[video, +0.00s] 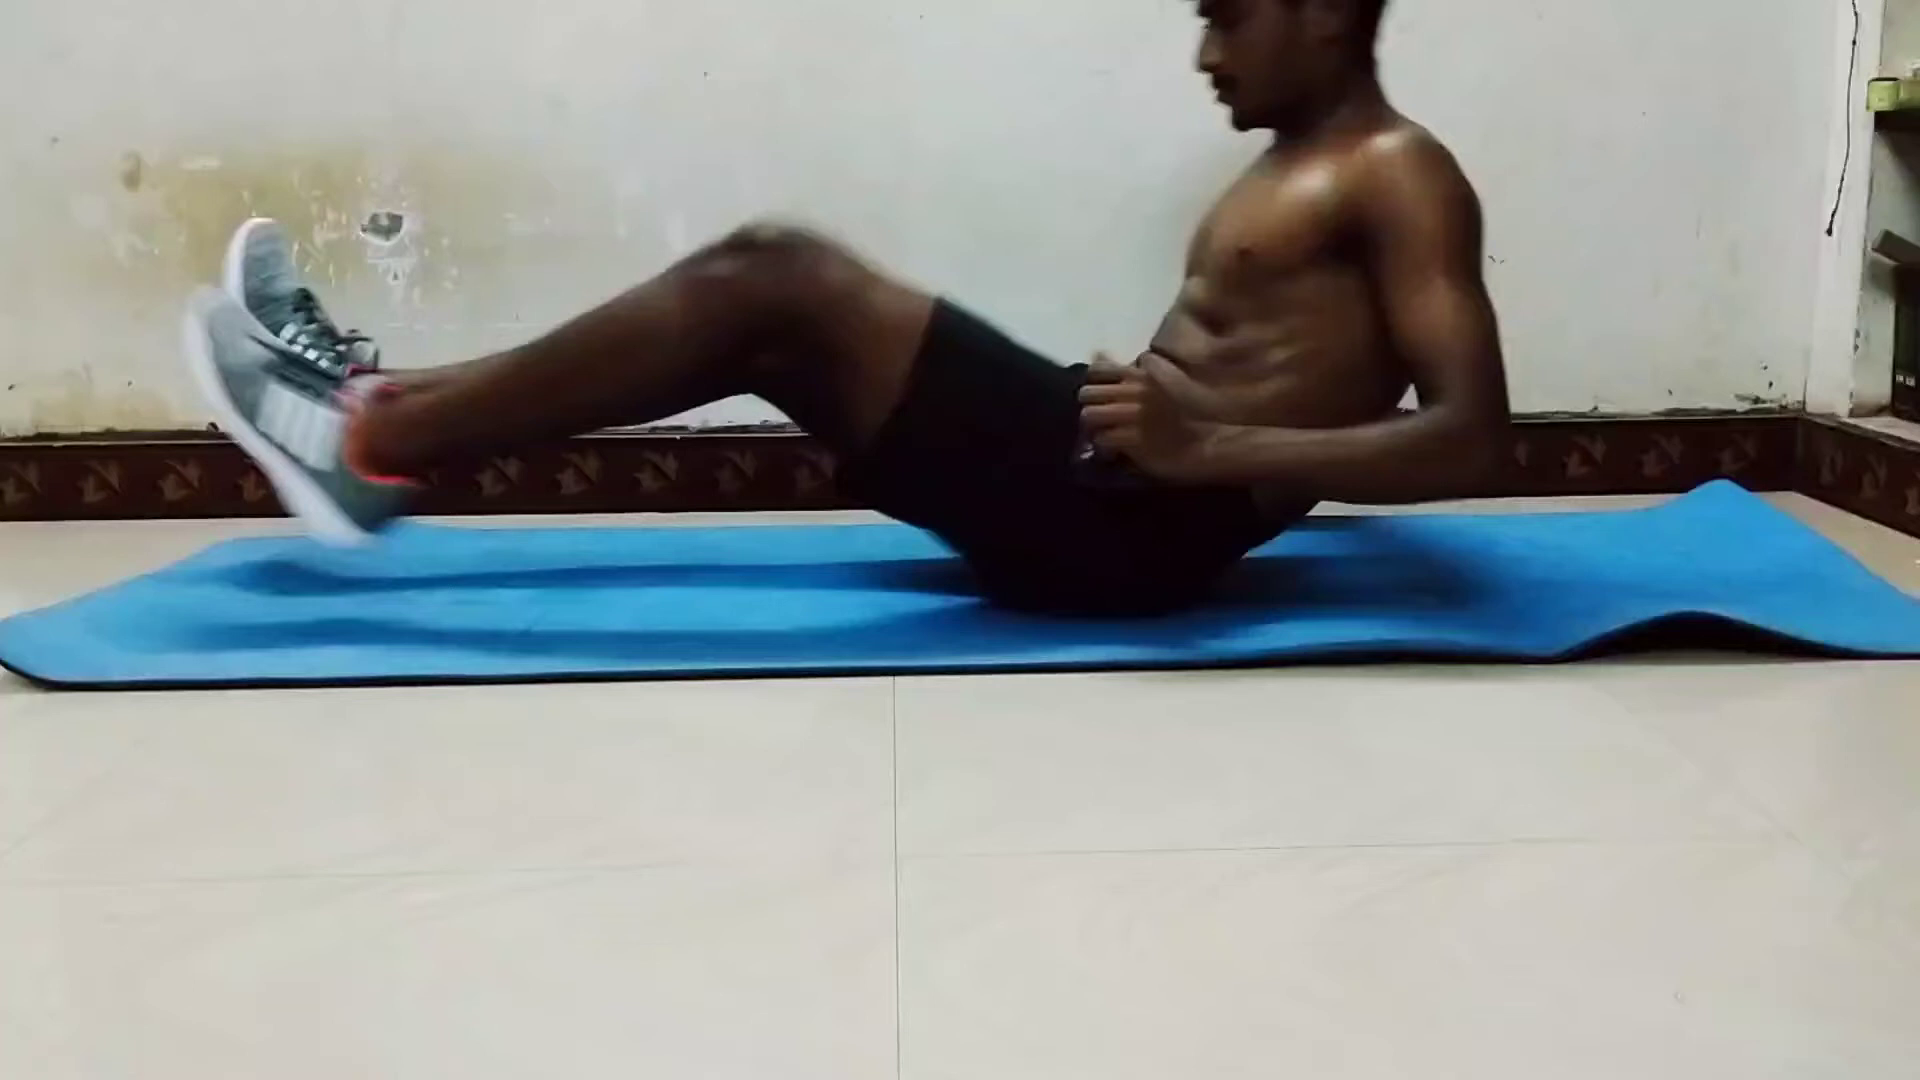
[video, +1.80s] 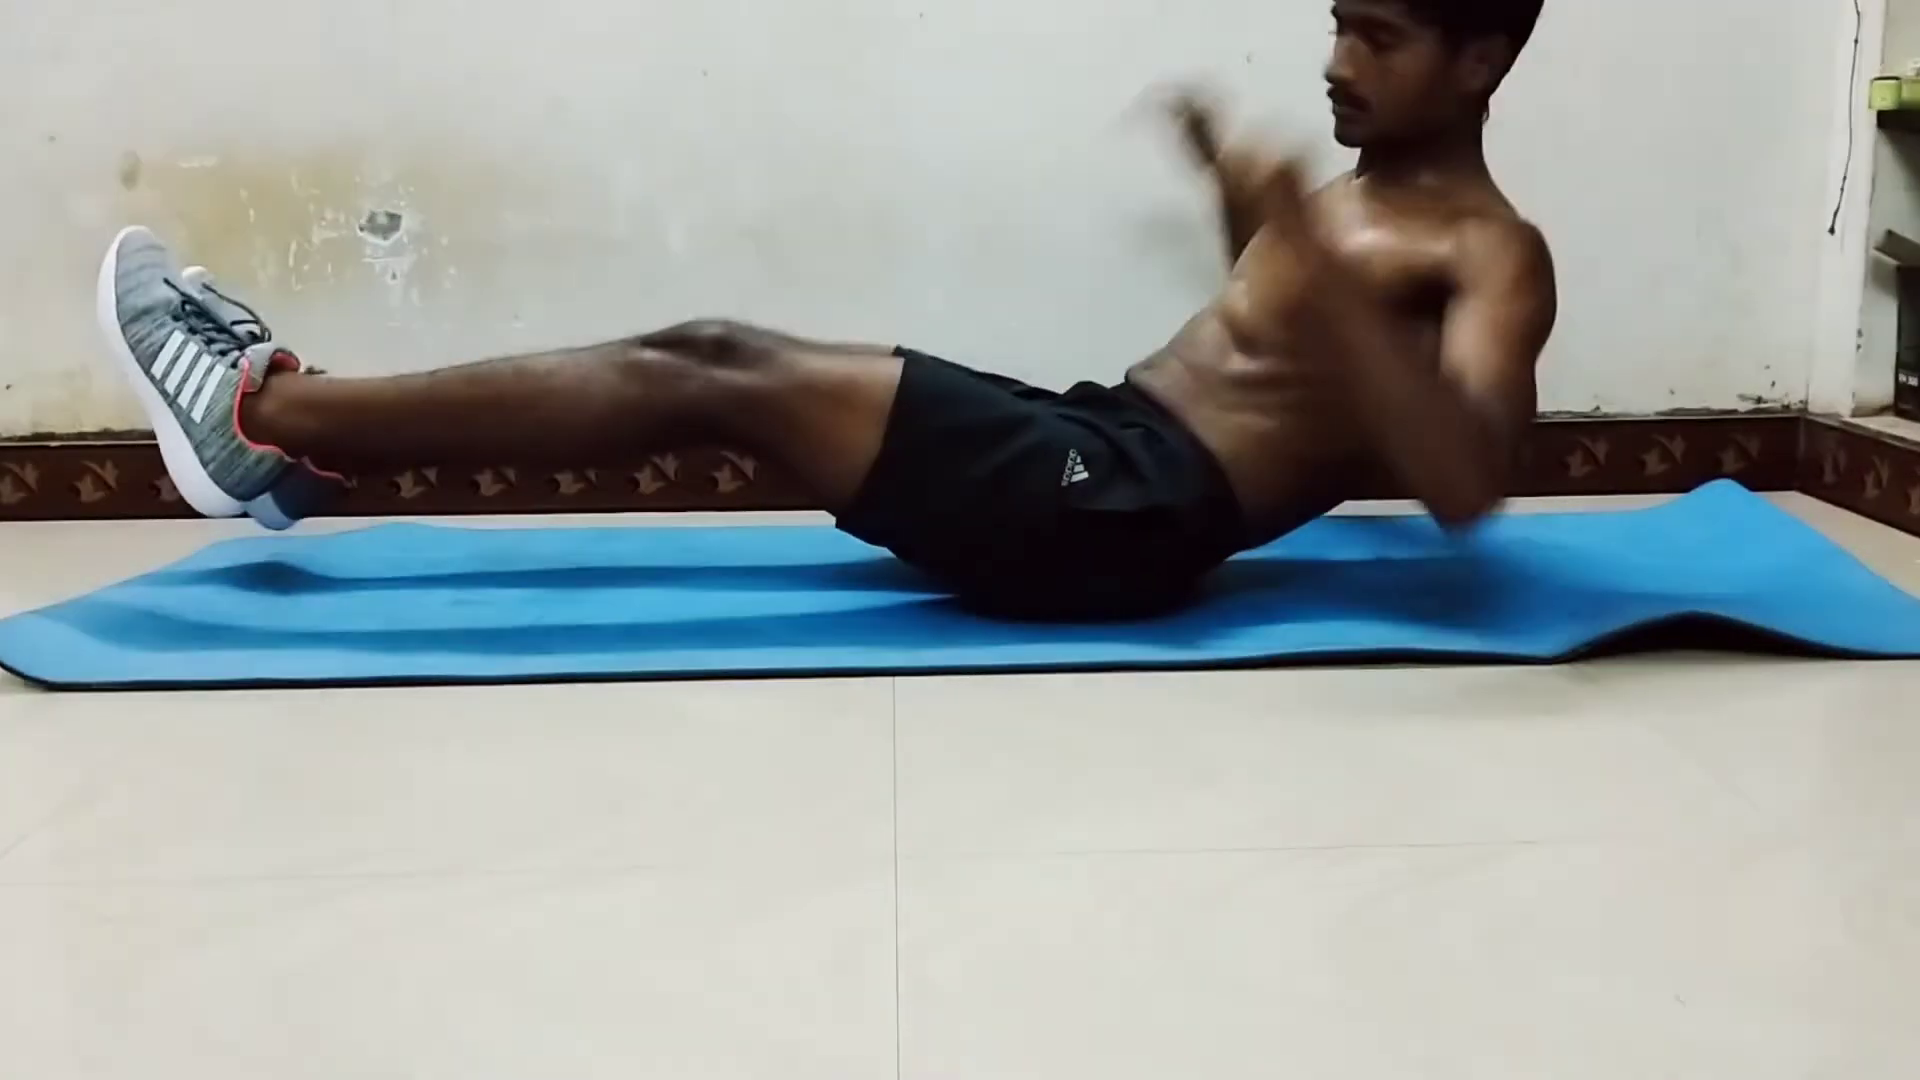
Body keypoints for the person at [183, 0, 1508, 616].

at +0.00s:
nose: (1204, 44)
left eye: (1230, 15)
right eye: (1207, 18)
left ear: (1331, 18)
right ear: (1303, 29)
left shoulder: (1398, 173)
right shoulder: (1291, 171)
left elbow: (1473, 441)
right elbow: (1298, 391)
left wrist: (1212, 443)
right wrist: (1156, 400)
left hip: (1147, 529)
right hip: (1108, 496)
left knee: (773, 279)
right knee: (763, 270)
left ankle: (381, 431)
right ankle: (394, 426)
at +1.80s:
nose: (1340, 55)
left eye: (1377, 35)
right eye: (1344, 24)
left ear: (1481, 62)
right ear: (1397, 47)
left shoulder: (1493, 253)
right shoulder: (1350, 186)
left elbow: (1469, 492)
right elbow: (1277, 309)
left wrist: (1341, 281)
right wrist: (1237, 182)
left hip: (1133, 498)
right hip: (1088, 445)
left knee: (708, 372)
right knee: (704, 361)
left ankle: (271, 411)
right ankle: (301, 452)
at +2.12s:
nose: (1309, 49)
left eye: (1333, 18)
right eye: (1318, 24)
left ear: (1427, 29)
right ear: (1434, 46)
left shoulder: (1475, 212)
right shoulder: (1419, 195)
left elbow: (1388, 288)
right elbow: (1372, 291)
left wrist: (1379, 88)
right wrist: (1353, 105)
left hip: (1134, 506)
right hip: (1099, 432)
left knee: (716, 386)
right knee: (747, 291)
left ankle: (253, 419)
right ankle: (336, 446)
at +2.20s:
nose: (1300, 58)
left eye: (1324, 25)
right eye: (1308, 32)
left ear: (1423, 31)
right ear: (1421, 45)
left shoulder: (1463, 203)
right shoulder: (1412, 187)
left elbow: (1355, 223)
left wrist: (1375, 67)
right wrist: (1354, 78)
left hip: (1139, 503)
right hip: (1100, 424)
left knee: (733, 397)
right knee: (771, 271)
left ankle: (253, 430)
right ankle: (389, 415)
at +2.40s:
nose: (1419, 36)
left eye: (1416, 24)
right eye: (1414, 15)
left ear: (1424, 56)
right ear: (1408, 50)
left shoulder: (1430, 176)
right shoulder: (1383, 175)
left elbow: (1227, 69)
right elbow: (1250, 66)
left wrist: (1387, 43)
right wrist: (1384, 46)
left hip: (1132, 499)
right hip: (1093, 420)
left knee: (718, 428)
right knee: (859, 195)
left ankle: (236, 449)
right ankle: (516, 377)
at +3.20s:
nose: (1231, 69)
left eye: (1249, 40)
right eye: (1232, 41)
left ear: (1353, 29)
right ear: (1328, 37)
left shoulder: (1420, 171)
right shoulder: (1357, 170)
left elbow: (1376, 84)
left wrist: (1429, 48)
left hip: (1147, 513)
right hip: (1126, 435)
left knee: (787, 285)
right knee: (895, 170)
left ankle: (351, 428)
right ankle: (514, 305)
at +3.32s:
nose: (1249, 78)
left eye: (1273, 43)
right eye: (1240, 53)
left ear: (1380, 39)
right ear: (1290, 64)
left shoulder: (1447, 170)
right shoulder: (1334, 173)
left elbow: (1468, 29)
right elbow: (1195, 50)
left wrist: (1373, 49)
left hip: (1155, 516)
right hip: (1124, 476)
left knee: (847, 207)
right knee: (845, 200)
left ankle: (448, 343)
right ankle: (458, 331)